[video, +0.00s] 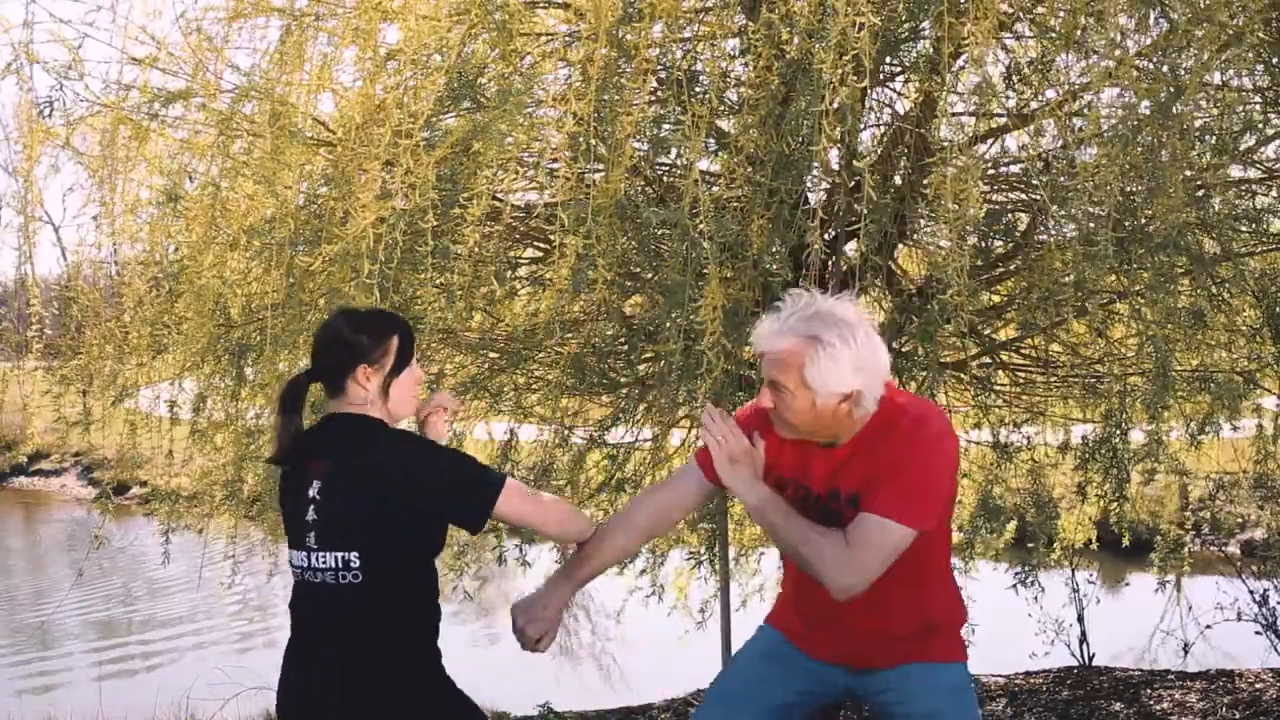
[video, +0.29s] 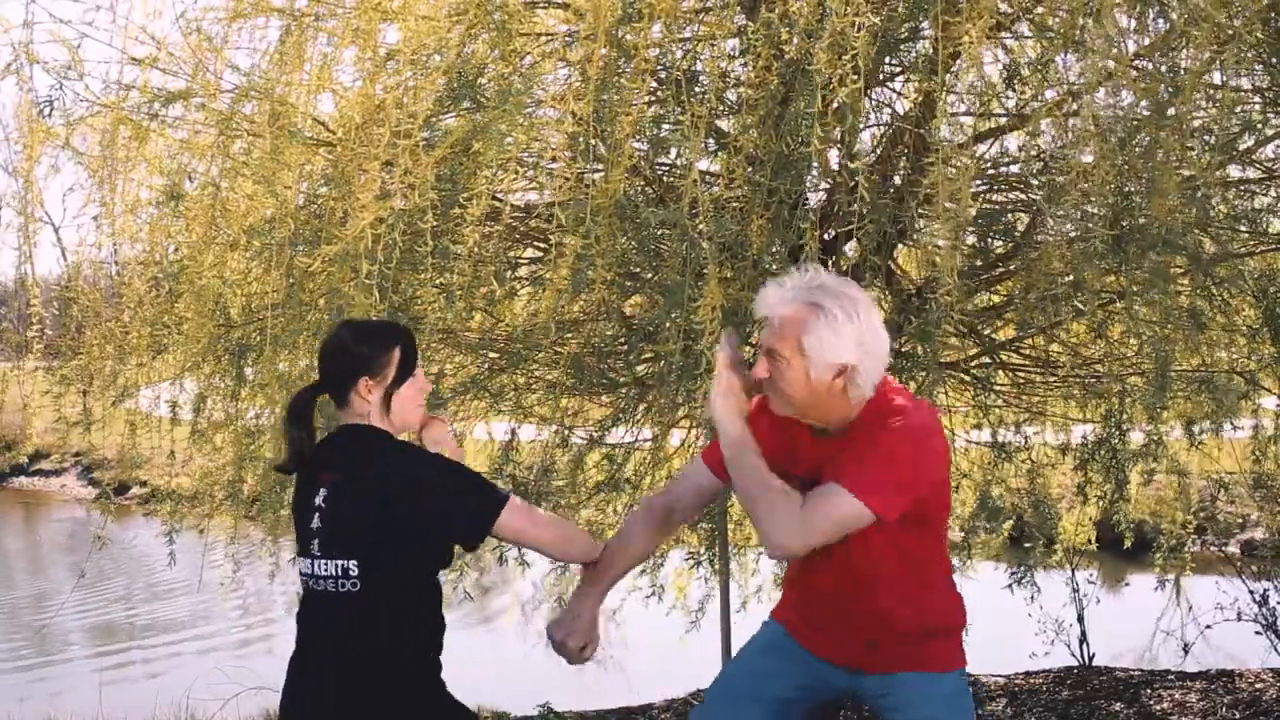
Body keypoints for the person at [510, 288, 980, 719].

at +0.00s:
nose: (765, 402)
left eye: (780, 390)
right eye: (765, 384)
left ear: (845, 398)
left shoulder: (923, 436)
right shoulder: (764, 425)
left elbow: (847, 572)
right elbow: (660, 506)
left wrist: (754, 493)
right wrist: (557, 589)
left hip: (916, 657)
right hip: (795, 645)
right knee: (711, 713)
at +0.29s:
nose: (757, 368)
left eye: (775, 357)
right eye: (759, 352)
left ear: (838, 374)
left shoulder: (909, 434)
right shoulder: (771, 415)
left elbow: (788, 533)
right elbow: (667, 508)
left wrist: (731, 425)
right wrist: (588, 597)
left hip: (916, 658)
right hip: (800, 642)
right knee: (714, 713)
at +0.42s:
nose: (728, 319)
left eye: (747, 306)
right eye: (736, 302)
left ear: (802, 327)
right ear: (799, 327)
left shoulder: (859, 410)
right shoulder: (747, 393)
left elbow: (728, 532)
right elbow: (633, 475)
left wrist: (614, 542)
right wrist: (685, 462)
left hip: (882, 664)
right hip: (772, 640)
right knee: (689, 713)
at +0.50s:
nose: (722, 297)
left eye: (739, 285)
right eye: (730, 283)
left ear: (791, 306)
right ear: (784, 307)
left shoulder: (846, 398)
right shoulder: (738, 387)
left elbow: (716, 518)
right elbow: (629, 436)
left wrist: (599, 558)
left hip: (859, 663)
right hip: (758, 641)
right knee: (679, 713)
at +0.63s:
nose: (727, 280)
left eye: (745, 267)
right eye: (737, 265)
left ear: (790, 288)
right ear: (784, 289)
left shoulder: (837, 387)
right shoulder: (743, 377)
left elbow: (702, 500)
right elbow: (635, 412)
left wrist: (591, 533)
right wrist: (550, 379)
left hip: (849, 673)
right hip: (748, 644)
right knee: (675, 713)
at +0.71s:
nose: (731, 275)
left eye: (747, 261)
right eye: (740, 260)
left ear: (793, 280)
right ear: (789, 281)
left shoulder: (839, 375)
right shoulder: (742, 369)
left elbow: (695, 475)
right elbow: (644, 402)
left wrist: (590, 510)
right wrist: (559, 391)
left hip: (848, 663)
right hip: (747, 639)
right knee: (672, 713)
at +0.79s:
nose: (727, 272)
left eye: (745, 257)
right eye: (736, 258)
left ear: (793, 275)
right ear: (787, 274)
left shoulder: (836, 362)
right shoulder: (742, 361)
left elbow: (677, 448)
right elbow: (642, 390)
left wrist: (592, 456)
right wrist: (562, 395)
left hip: (845, 660)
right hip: (738, 638)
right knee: (672, 711)